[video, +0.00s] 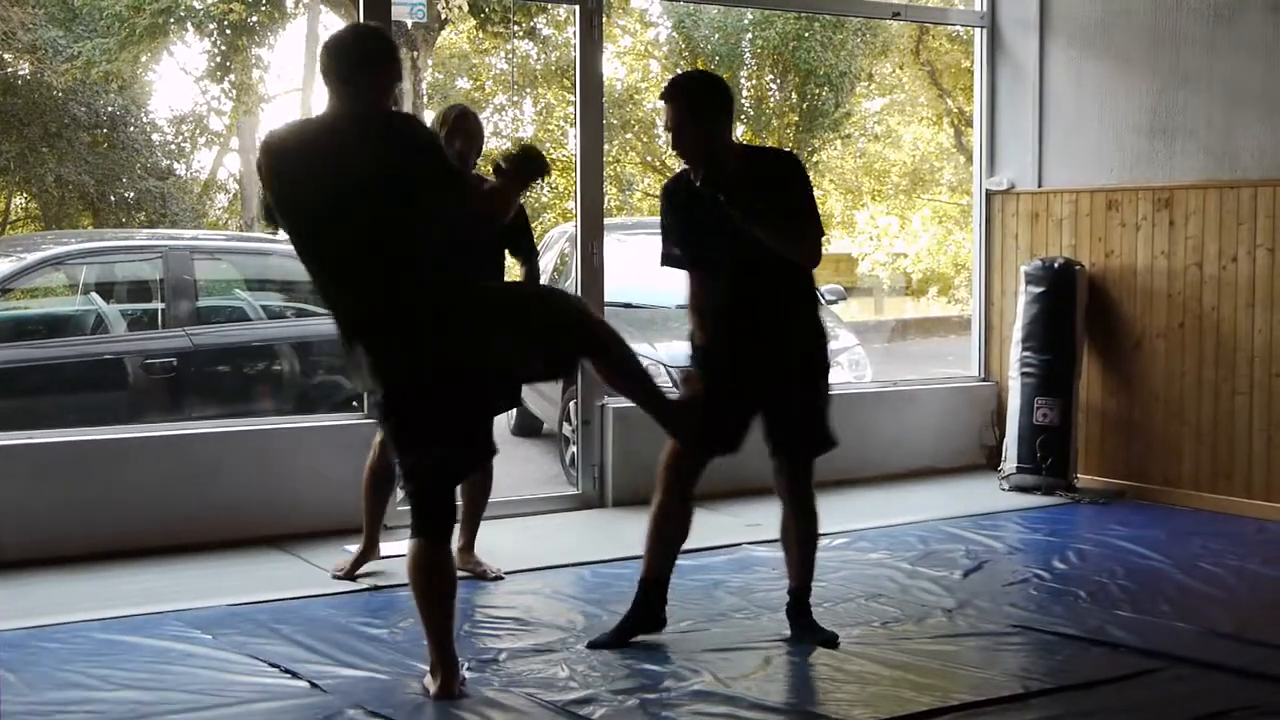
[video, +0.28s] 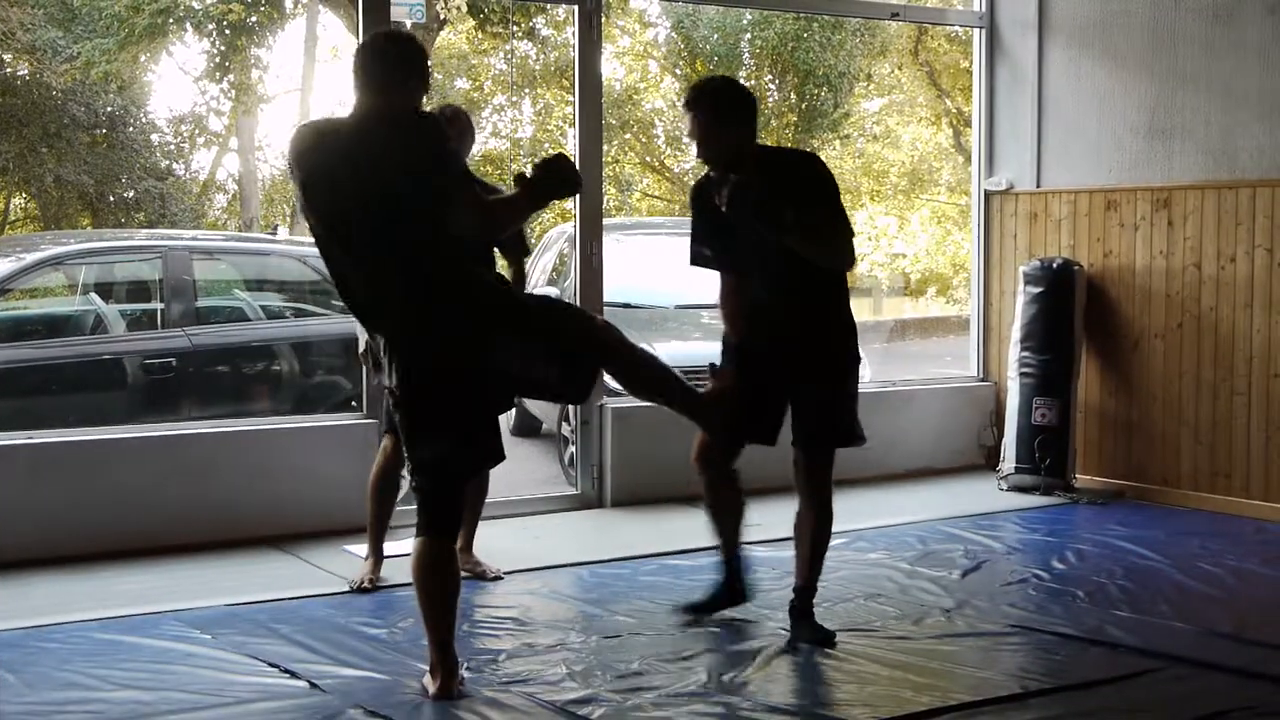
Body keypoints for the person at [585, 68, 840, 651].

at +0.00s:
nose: (670, 138)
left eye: (677, 125)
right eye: (668, 127)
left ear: (712, 120)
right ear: (685, 124)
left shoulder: (780, 169)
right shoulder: (682, 193)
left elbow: (809, 254)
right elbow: (693, 278)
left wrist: (736, 210)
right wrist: (699, 354)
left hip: (790, 349)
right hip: (721, 352)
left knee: (796, 484)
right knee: (676, 470)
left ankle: (800, 609)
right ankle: (649, 604)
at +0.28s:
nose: (693, 141)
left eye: (700, 127)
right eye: (691, 129)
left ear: (733, 122)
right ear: (715, 128)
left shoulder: (803, 169)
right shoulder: (710, 193)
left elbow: (843, 257)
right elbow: (730, 280)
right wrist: (730, 355)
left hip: (821, 348)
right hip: (755, 349)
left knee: (814, 480)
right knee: (712, 457)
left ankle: (804, 607)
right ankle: (733, 578)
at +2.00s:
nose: (687, 138)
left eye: (695, 125)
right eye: (685, 126)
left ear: (730, 119)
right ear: (698, 124)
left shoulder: (787, 175)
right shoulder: (706, 187)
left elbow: (804, 264)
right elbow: (704, 271)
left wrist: (751, 207)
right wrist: (659, 315)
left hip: (772, 352)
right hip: (708, 351)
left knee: (783, 481)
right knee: (667, 472)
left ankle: (810, 606)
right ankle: (677, 617)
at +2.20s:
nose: (660, 134)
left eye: (667, 121)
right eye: (657, 123)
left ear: (702, 114)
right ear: (685, 119)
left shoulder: (766, 171)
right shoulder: (681, 179)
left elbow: (795, 262)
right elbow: (659, 267)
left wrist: (728, 210)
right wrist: (609, 291)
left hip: (749, 347)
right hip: (683, 344)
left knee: (749, 479)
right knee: (668, 474)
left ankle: (767, 595)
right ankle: (677, 617)